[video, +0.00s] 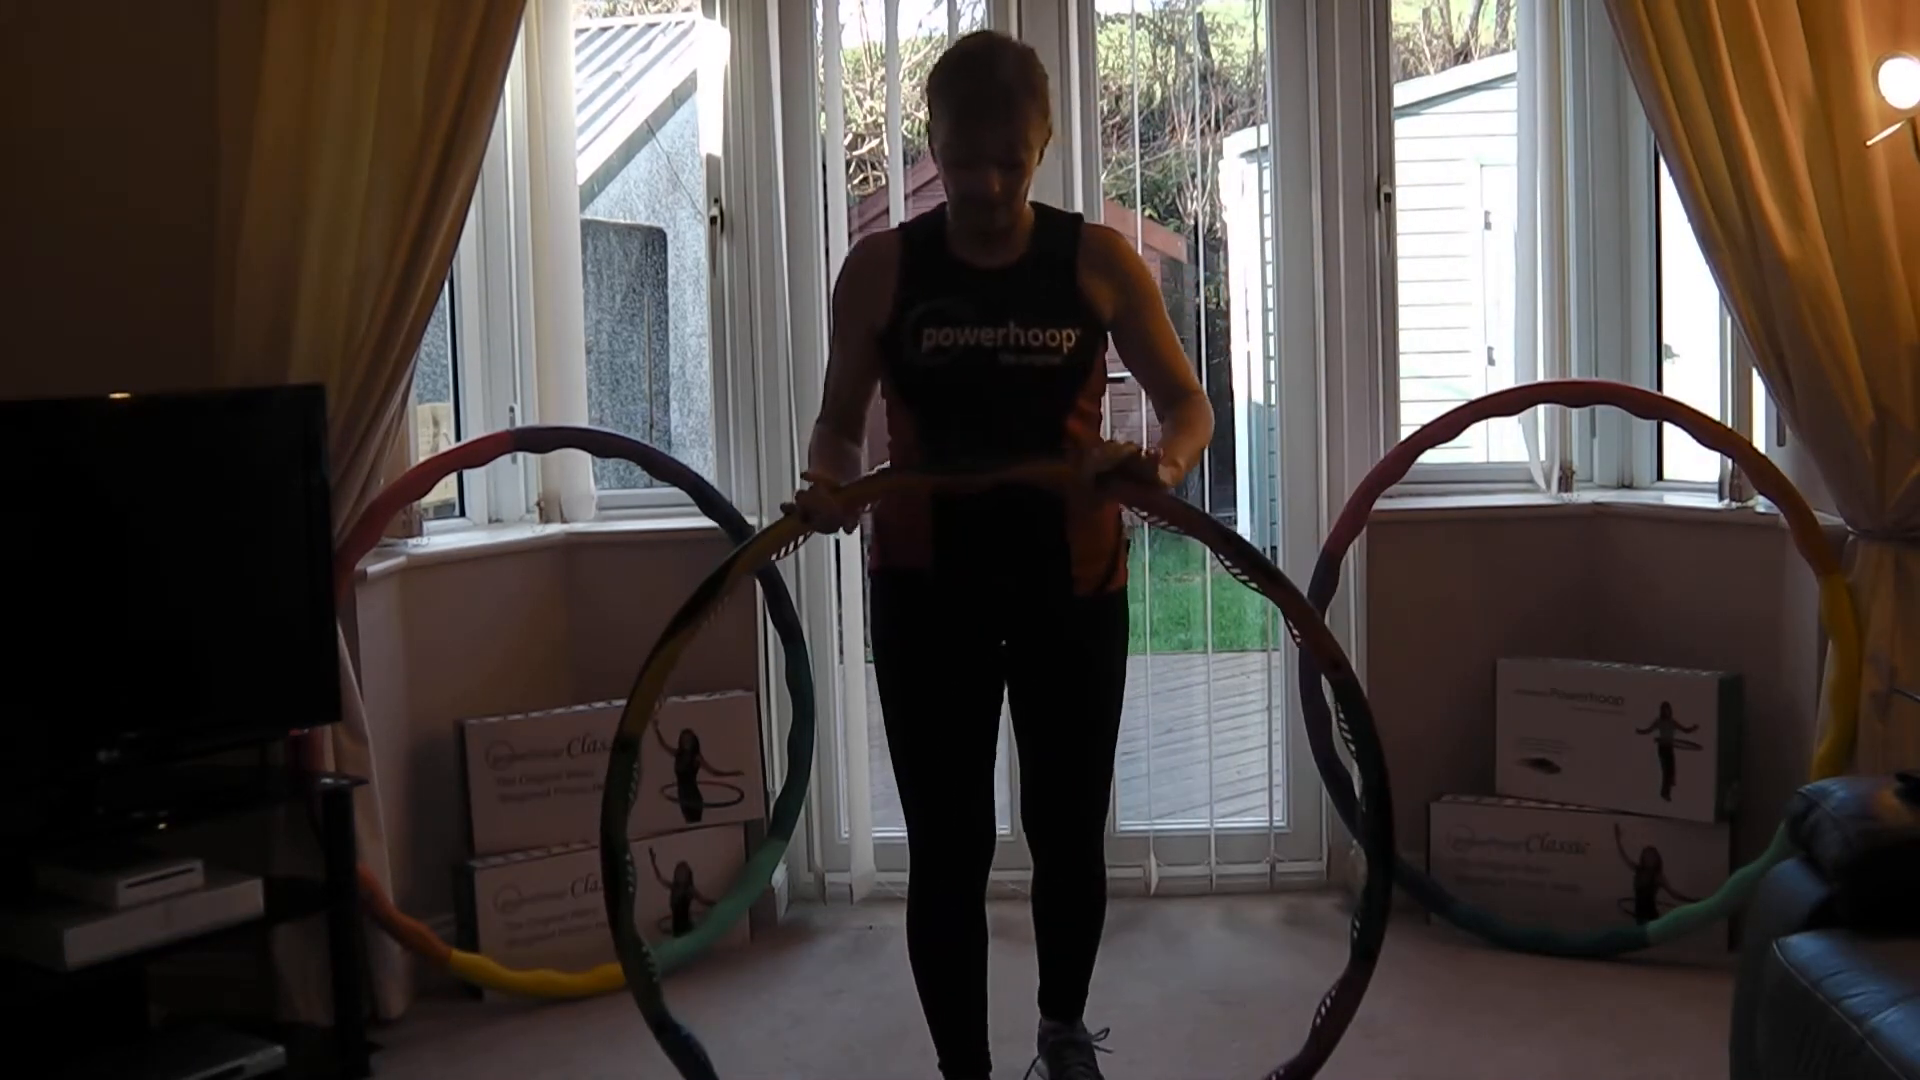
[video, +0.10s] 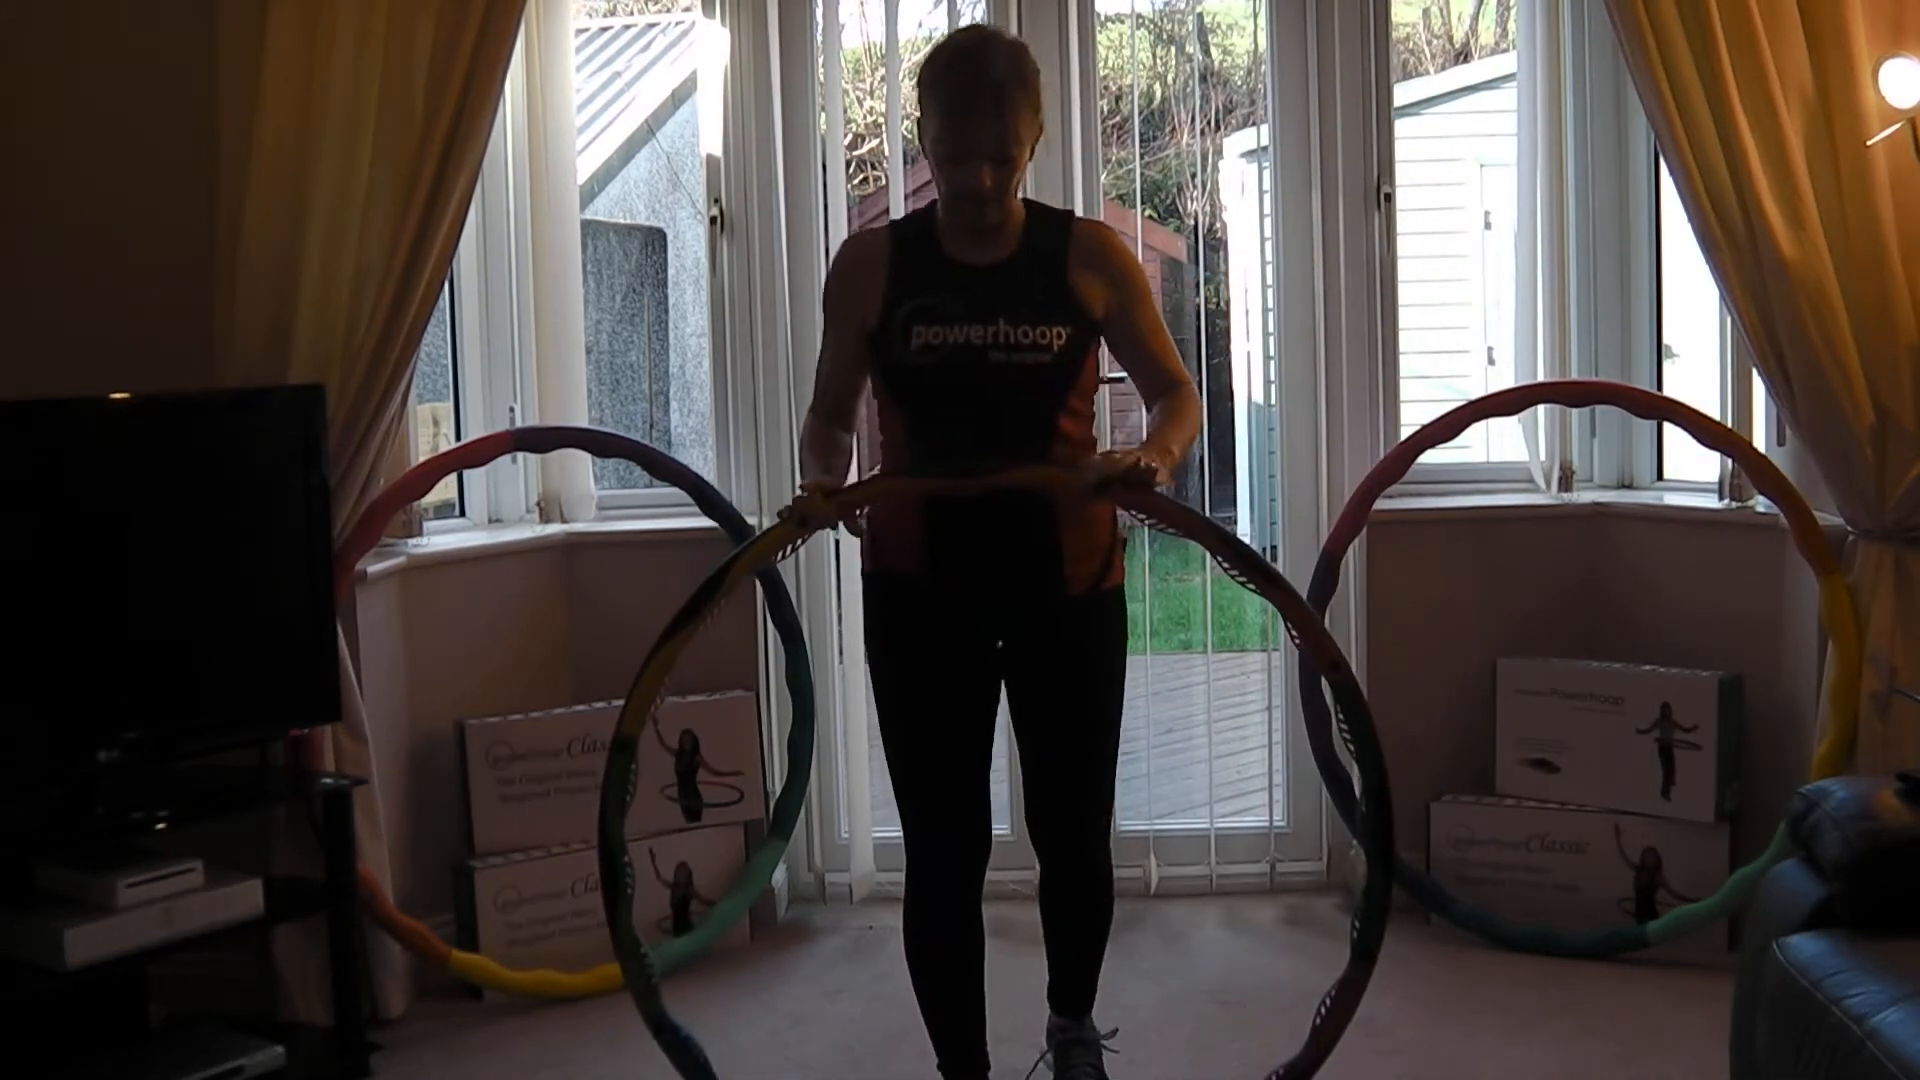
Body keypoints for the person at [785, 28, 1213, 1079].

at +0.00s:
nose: (986, 182)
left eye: (1007, 160)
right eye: (966, 159)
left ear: (1041, 145)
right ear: (933, 146)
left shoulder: (1101, 262)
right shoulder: (878, 271)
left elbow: (1190, 407)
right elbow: (839, 420)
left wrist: (1164, 462)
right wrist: (832, 477)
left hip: (1070, 587)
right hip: (928, 590)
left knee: (1068, 836)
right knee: (946, 853)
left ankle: (1063, 1034)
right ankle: (964, 1072)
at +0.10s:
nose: (976, 176)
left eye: (997, 153)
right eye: (954, 151)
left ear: (1031, 141)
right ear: (924, 141)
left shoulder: (1093, 258)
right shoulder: (868, 265)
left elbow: (1178, 394)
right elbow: (832, 410)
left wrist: (1155, 454)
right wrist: (824, 477)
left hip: (1065, 582)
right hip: (920, 586)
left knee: (1075, 835)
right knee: (942, 850)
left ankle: (1073, 1035)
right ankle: (963, 1072)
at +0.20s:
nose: (971, 154)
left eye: (992, 132)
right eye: (952, 129)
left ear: (1025, 133)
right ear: (920, 129)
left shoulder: (1084, 252)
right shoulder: (862, 261)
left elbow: (1168, 389)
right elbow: (817, 401)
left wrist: (1150, 444)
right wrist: (817, 465)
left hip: (1061, 579)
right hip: (916, 585)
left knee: (1079, 830)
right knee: (938, 850)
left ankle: (1094, 1026)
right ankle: (961, 1072)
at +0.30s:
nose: (972, 131)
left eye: (994, 110)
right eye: (952, 107)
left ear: (1024, 120)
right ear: (916, 112)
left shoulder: (1081, 248)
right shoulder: (859, 254)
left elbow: (1151, 392)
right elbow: (813, 397)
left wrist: (1141, 449)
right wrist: (818, 460)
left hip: (1058, 575)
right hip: (911, 583)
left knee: (1083, 825)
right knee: (936, 856)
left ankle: (1117, 1016)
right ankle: (962, 1072)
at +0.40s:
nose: (970, 126)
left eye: (993, 105)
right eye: (949, 103)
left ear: (1026, 118)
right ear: (916, 111)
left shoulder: (1082, 249)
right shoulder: (856, 255)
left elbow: (1138, 398)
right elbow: (815, 401)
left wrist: (1129, 454)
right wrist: (827, 463)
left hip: (1056, 580)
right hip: (909, 586)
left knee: (1082, 825)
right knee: (934, 853)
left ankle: (1115, 1020)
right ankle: (959, 1071)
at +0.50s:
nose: (969, 120)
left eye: (992, 100)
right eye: (948, 98)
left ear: (1024, 116)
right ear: (914, 110)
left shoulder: (1082, 250)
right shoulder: (858, 257)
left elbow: (1139, 401)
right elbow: (816, 405)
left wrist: (1122, 449)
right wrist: (835, 459)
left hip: (1054, 587)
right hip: (909, 592)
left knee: (1075, 828)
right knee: (933, 861)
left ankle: (1099, 1021)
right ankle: (961, 1075)